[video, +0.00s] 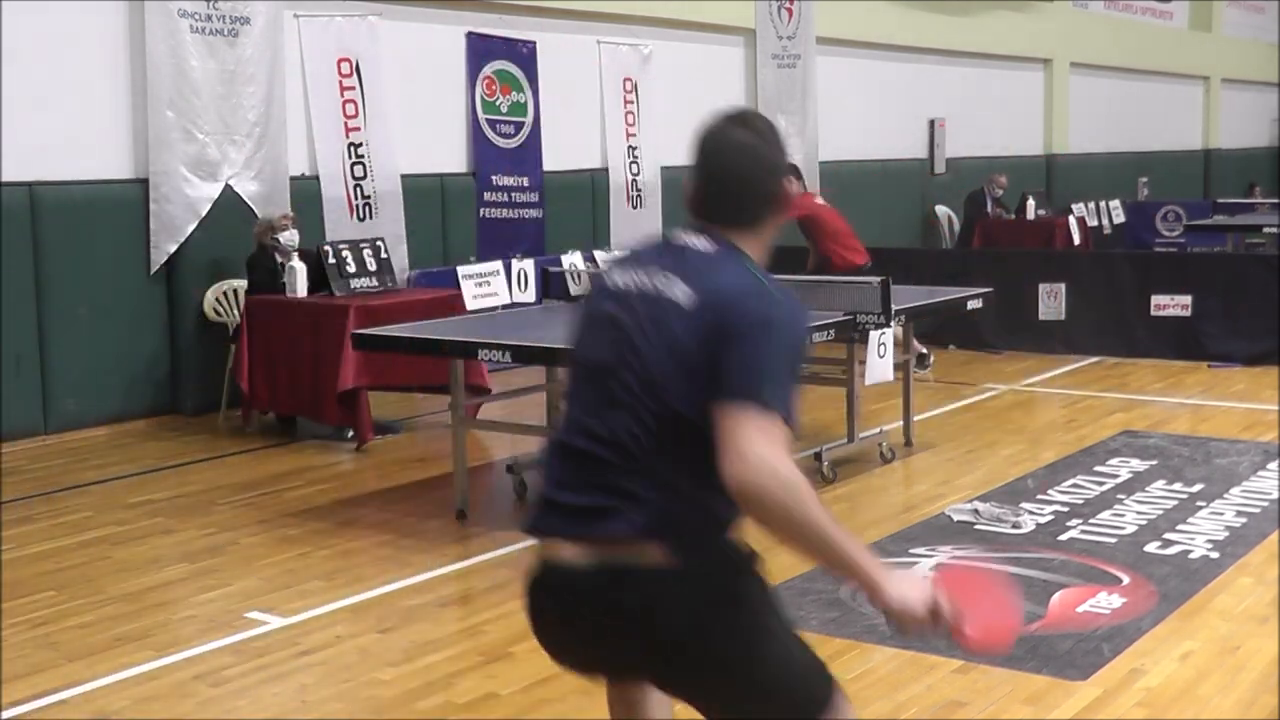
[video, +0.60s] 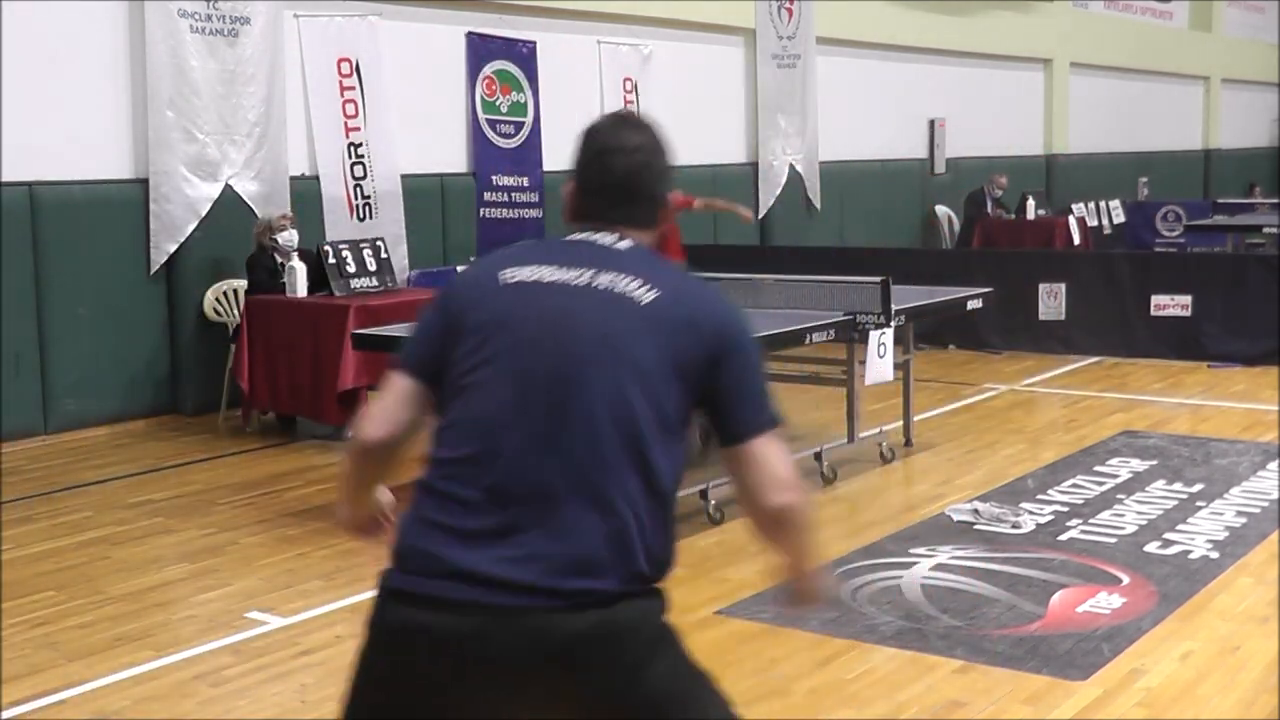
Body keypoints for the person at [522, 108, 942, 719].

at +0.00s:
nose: (796, 193)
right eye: (792, 181)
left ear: (692, 195)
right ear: (783, 201)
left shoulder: (619, 274)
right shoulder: (756, 302)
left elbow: (588, 417)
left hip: (560, 593)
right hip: (675, 595)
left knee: (633, 663)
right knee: (822, 707)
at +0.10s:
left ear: (752, 223)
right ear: (854, 242)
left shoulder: (667, 307)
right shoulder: (844, 369)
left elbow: (599, 454)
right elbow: (875, 570)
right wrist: (943, 654)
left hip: (601, 640)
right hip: (737, 646)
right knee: (887, 708)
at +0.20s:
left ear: (750, 207)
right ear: (856, 227)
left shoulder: (657, 292)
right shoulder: (848, 360)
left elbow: (554, 418)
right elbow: (904, 552)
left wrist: (620, 494)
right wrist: (958, 608)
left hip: (597, 632)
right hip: (738, 643)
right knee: (887, 711)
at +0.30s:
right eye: (816, 148)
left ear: (711, 147)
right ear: (812, 160)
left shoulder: (607, 228)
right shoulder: (808, 285)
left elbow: (484, 333)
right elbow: (867, 482)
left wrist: (491, 422)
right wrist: (944, 544)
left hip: (554, 578)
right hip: (705, 593)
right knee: (804, 709)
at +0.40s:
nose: (783, 146)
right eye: (785, 135)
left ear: (677, 129)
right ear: (779, 142)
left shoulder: (581, 208)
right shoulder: (798, 256)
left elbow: (464, 336)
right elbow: (847, 454)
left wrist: (450, 441)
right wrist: (918, 535)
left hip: (515, 550)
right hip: (669, 565)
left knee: (519, 710)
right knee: (788, 707)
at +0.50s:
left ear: (619, 172)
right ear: (721, 183)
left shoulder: (530, 252)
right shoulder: (754, 282)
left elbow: (443, 417)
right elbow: (818, 474)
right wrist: (880, 546)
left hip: (471, 598)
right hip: (632, 616)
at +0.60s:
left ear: (570, 198)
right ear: (667, 211)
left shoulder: (482, 279)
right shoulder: (702, 312)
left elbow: (374, 433)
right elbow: (776, 498)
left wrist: (357, 501)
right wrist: (804, 573)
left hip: (425, 631)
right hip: (598, 638)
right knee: (709, 712)